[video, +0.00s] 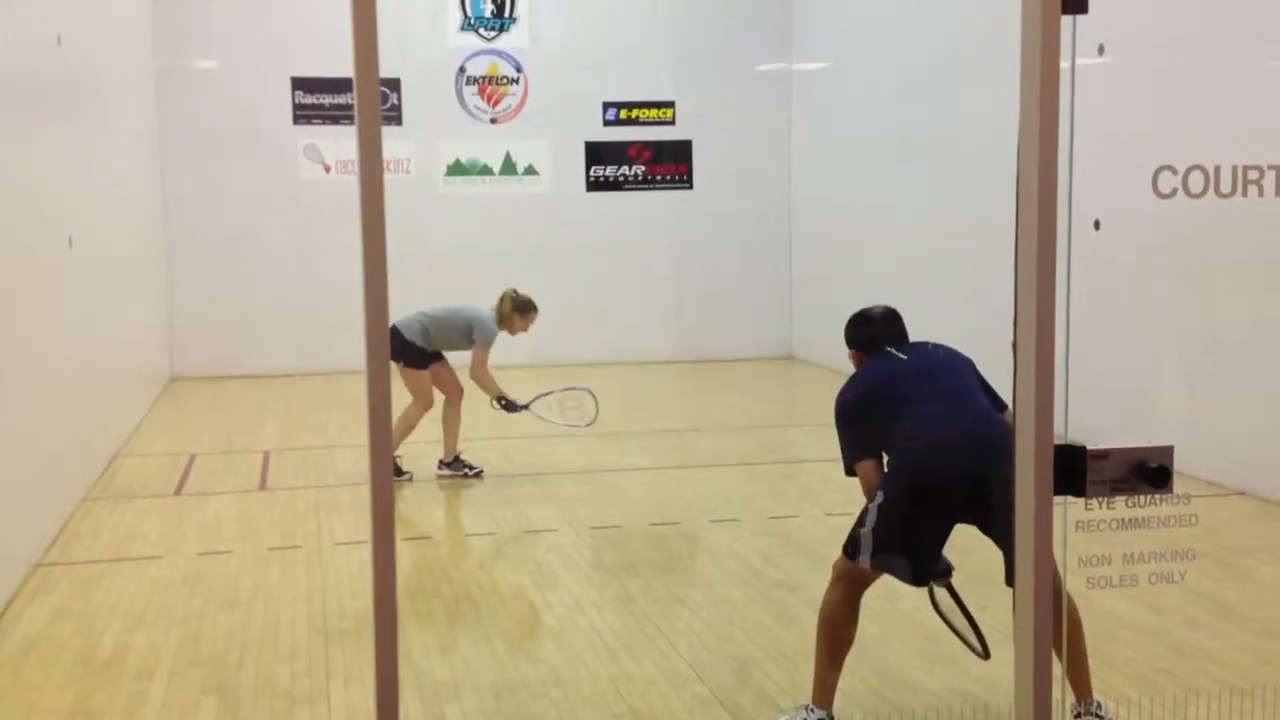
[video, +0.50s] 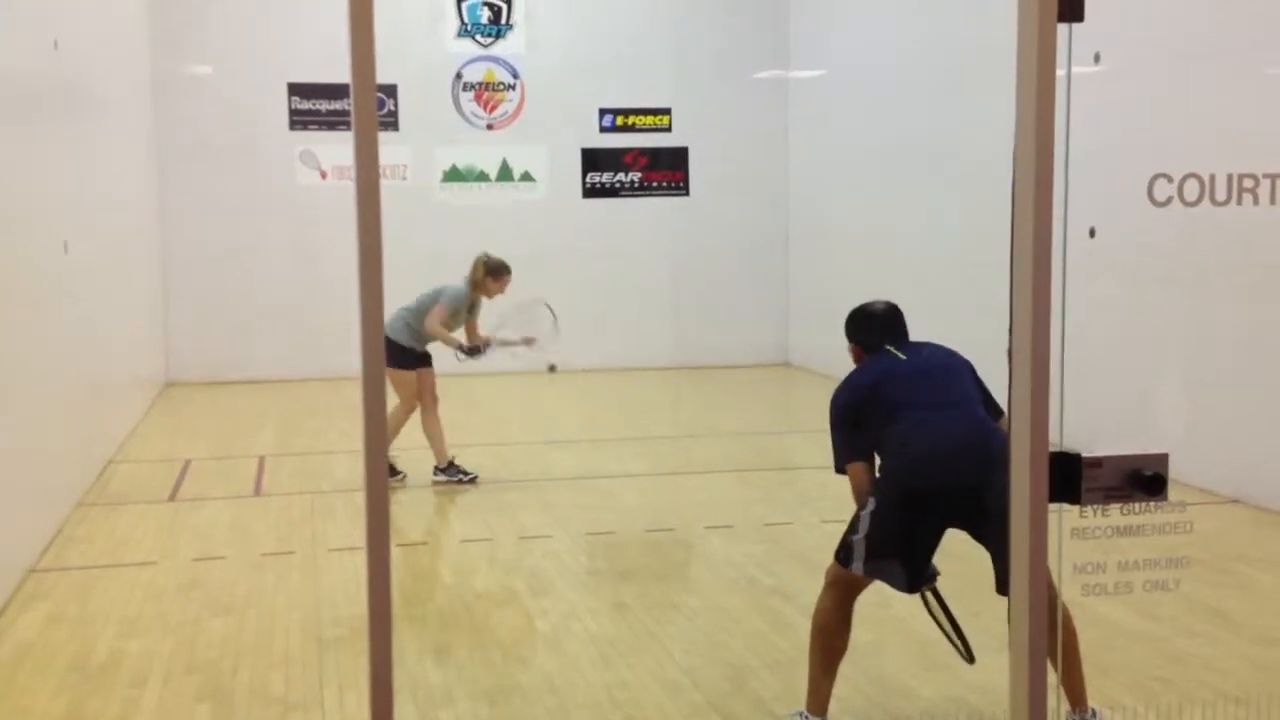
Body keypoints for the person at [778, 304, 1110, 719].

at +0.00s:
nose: (851, 361)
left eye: (850, 355)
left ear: (856, 356)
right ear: (904, 338)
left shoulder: (855, 393)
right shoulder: (948, 356)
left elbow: (873, 486)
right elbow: (1005, 420)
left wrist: (919, 552)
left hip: (922, 478)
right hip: (996, 468)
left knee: (848, 580)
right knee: (1049, 583)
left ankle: (820, 706)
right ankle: (1087, 702)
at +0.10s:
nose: (850, 362)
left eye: (849, 356)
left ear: (855, 358)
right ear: (903, 339)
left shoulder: (853, 393)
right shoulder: (946, 357)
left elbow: (870, 485)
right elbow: (1002, 422)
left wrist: (916, 554)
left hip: (919, 479)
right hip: (994, 470)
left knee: (845, 581)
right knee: (1046, 585)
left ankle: (817, 709)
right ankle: (1085, 705)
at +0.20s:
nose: (851, 362)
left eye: (850, 355)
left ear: (854, 356)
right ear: (903, 341)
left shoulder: (853, 394)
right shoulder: (947, 359)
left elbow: (870, 487)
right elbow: (1003, 426)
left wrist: (918, 557)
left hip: (918, 482)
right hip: (993, 473)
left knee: (844, 583)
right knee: (1045, 586)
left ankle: (816, 710)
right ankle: (1084, 707)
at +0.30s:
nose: (850, 360)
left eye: (849, 354)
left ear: (854, 355)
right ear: (903, 340)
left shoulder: (852, 393)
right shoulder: (947, 359)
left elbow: (868, 487)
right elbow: (1003, 425)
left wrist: (913, 558)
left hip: (916, 482)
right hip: (992, 474)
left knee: (842, 584)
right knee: (1042, 584)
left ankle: (816, 712)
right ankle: (1084, 708)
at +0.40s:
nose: (850, 356)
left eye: (849, 350)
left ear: (855, 352)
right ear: (903, 338)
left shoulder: (852, 392)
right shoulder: (947, 358)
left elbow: (866, 488)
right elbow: (1000, 427)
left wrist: (911, 558)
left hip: (915, 483)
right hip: (990, 476)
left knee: (841, 585)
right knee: (1042, 586)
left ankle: (815, 712)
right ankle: (1083, 709)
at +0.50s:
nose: (851, 355)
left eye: (850, 348)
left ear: (855, 351)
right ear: (904, 336)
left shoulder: (852, 390)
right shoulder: (949, 358)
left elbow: (863, 487)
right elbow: (999, 426)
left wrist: (900, 556)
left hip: (913, 483)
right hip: (989, 476)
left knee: (840, 586)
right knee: (1040, 585)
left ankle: (814, 713)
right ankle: (1082, 709)